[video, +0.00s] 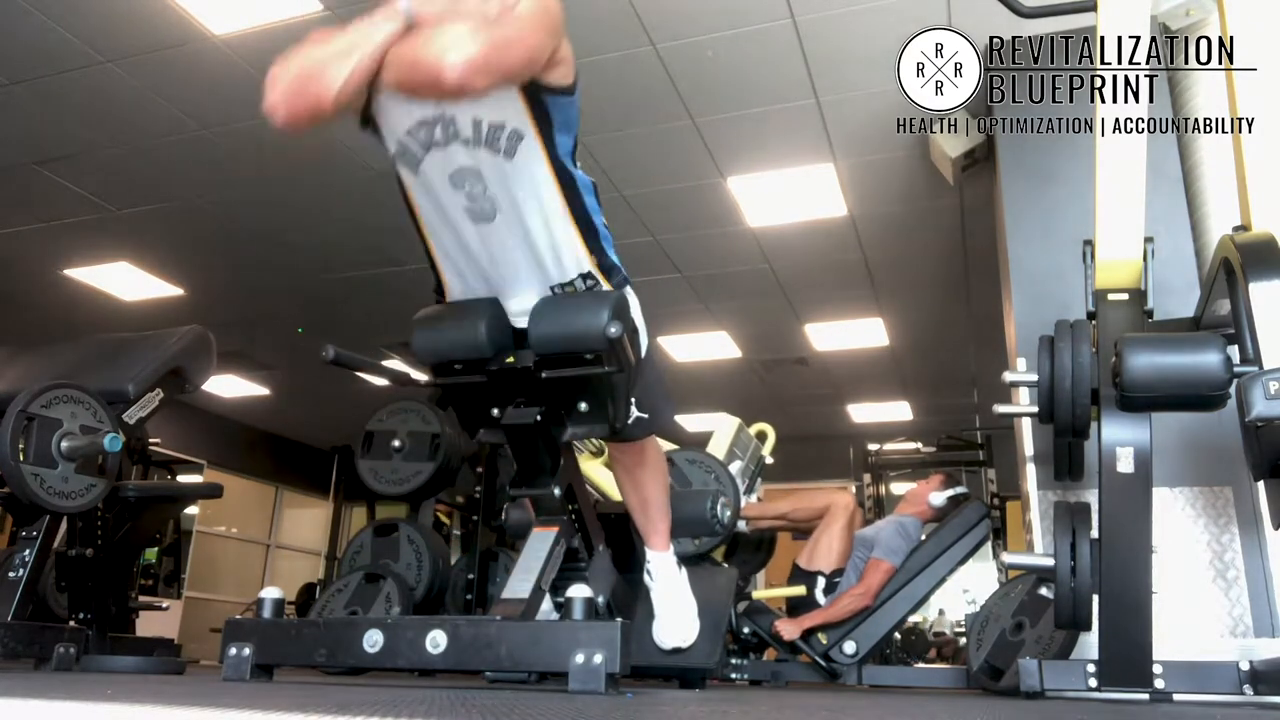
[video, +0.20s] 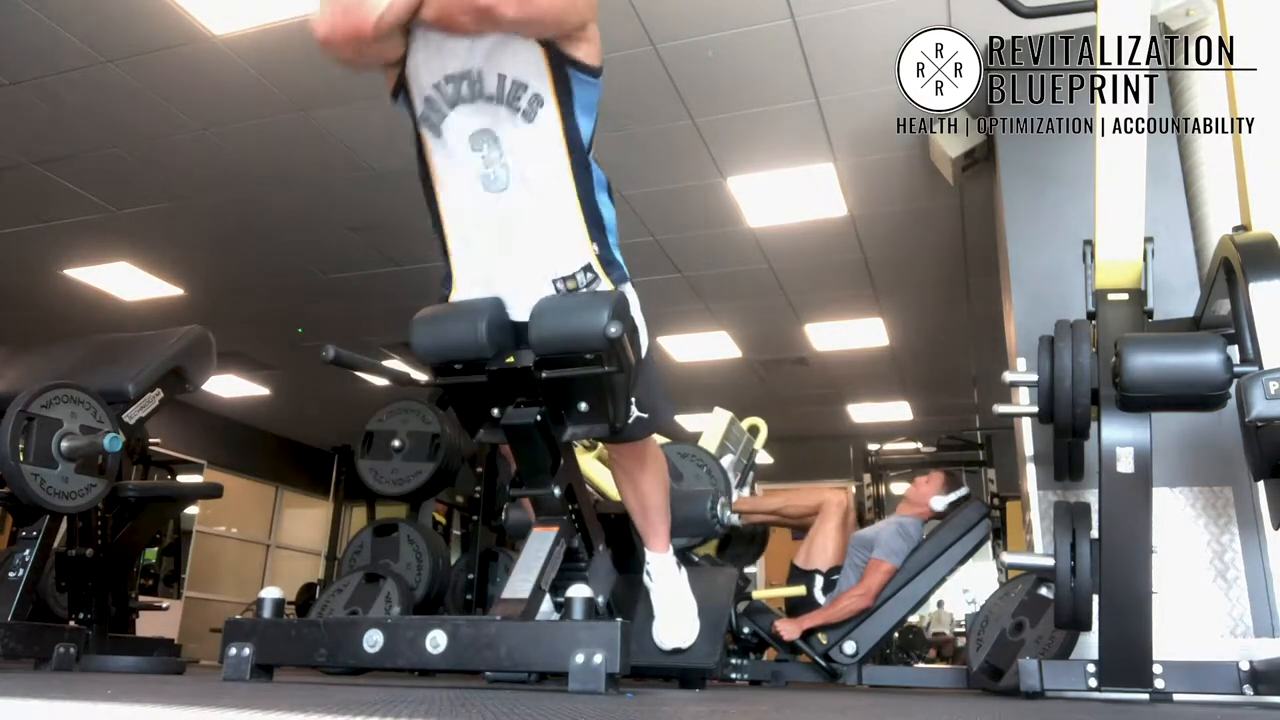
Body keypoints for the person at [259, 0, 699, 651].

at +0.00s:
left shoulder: (534, 12)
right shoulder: (369, 46)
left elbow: (458, 67)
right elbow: (283, 101)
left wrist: (357, 56)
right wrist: (399, 13)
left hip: (579, 284)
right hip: (479, 303)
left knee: (631, 426)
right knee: (520, 442)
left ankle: (661, 564)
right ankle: (547, 538)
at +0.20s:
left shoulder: (570, 10)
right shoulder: (414, 41)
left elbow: (478, 11)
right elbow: (333, 28)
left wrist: (396, 12)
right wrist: (421, 1)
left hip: (579, 252)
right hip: (477, 263)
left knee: (628, 417)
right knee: (509, 424)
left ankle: (661, 562)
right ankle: (543, 548)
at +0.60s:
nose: (473, 4)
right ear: (445, 1)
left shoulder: (577, 13)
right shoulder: (418, 41)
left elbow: (485, 6)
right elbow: (344, 12)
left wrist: (420, 1)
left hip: (585, 273)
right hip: (480, 285)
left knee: (629, 428)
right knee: (514, 438)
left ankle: (660, 565)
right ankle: (544, 551)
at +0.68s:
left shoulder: (573, 10)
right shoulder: (414, 44)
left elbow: (485, 10)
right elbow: (336, 30)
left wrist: (396, 10)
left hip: (582, 262)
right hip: (477, 275)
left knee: (630, 425)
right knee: (512, 433)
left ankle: (660, 561)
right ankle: (543, 551)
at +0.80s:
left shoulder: (550, 10)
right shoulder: (386, 45)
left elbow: (478, 39)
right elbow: (303, 74)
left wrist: (371, 26)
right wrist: (413, 4)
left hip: (577, 276)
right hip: (475, 294)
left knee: (628, 428)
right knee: (520, 436)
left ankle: (660, 561)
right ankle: (545, 538)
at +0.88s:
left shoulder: (536, 12)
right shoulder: (363, 42)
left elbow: (466, 77)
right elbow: (286, 107)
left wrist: (358, 55)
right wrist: (404, 20)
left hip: (577, 284)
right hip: (478, 303)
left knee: (628, 426)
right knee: (519, 437)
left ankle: (660, 560)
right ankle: (549, 535)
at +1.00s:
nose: (357, 9)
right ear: (337, 8)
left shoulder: (506, 50)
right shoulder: (330, 87)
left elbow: (452, 164)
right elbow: (272, 203)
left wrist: (340, 132)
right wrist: (386, 103)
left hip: (572, 289)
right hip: (473, 303)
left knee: (629, 421)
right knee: (508, 432)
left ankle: (660, 559)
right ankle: (546, 532)